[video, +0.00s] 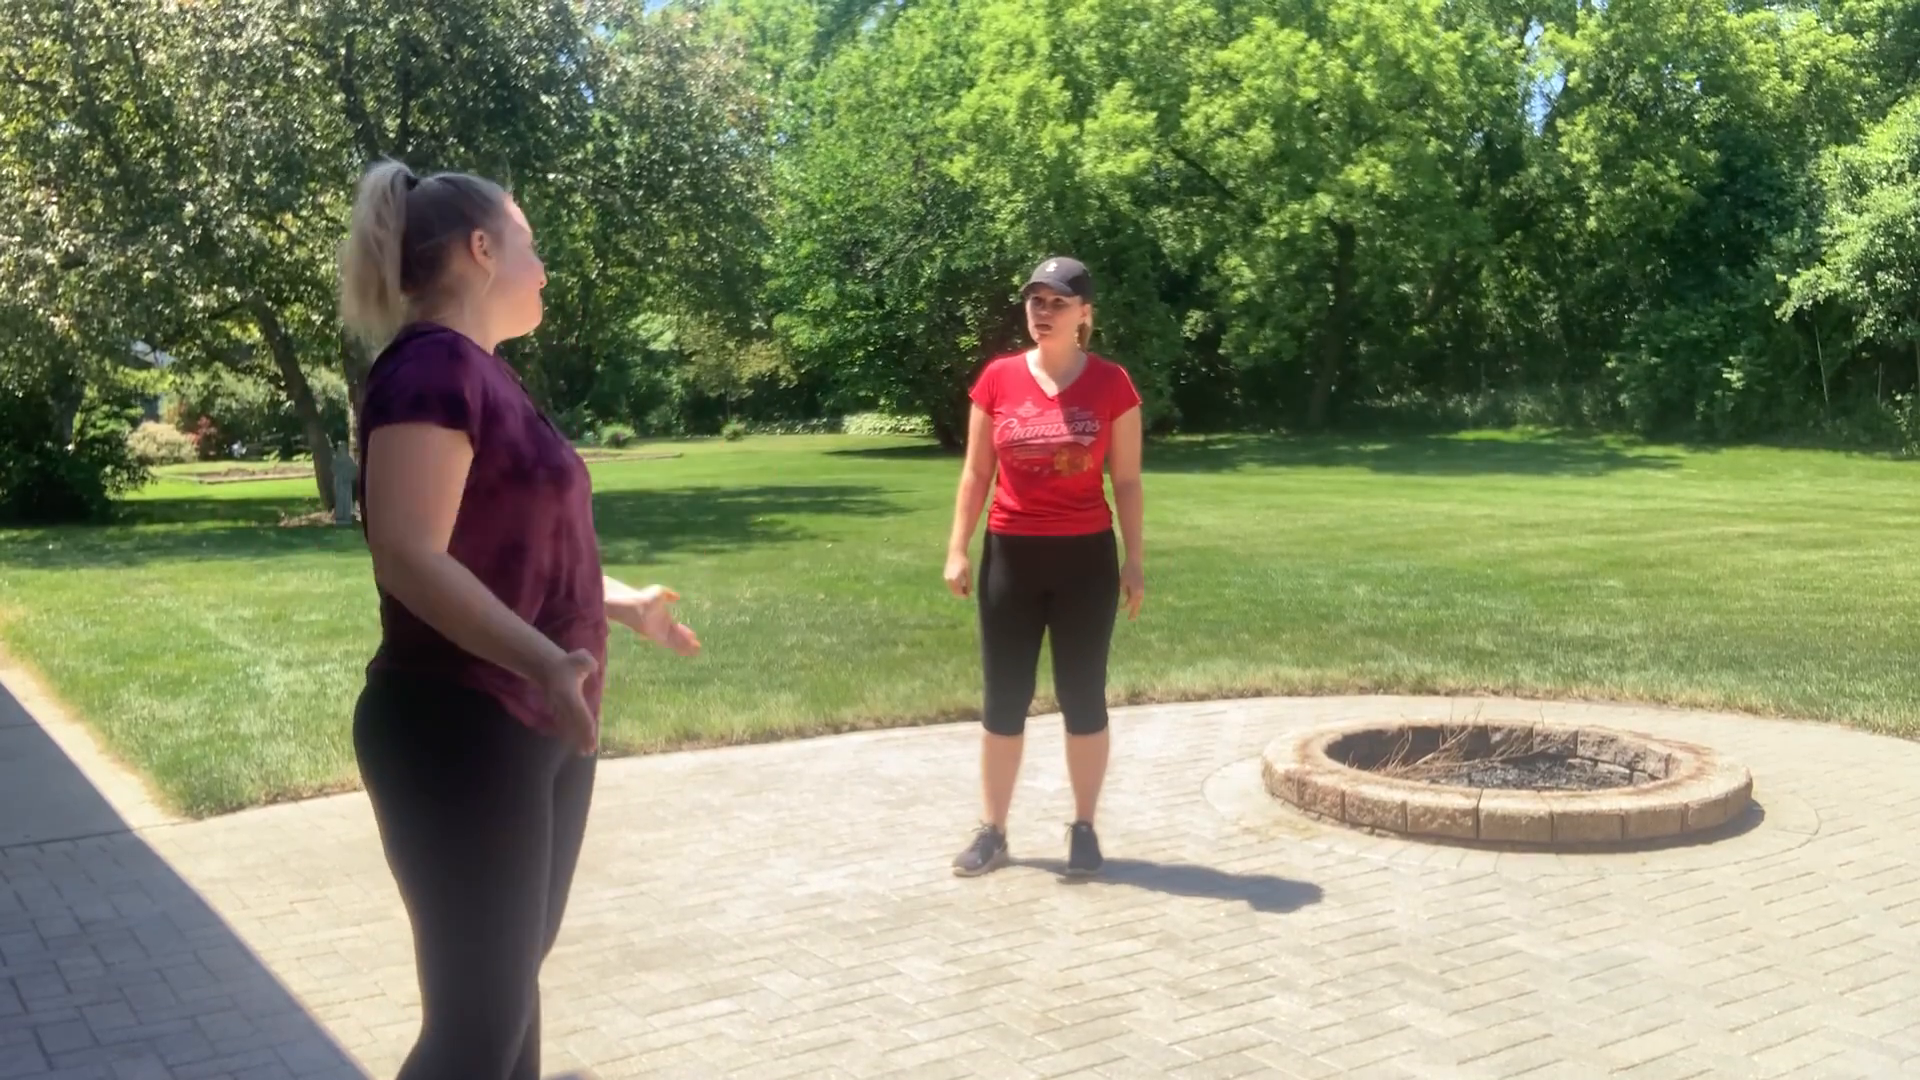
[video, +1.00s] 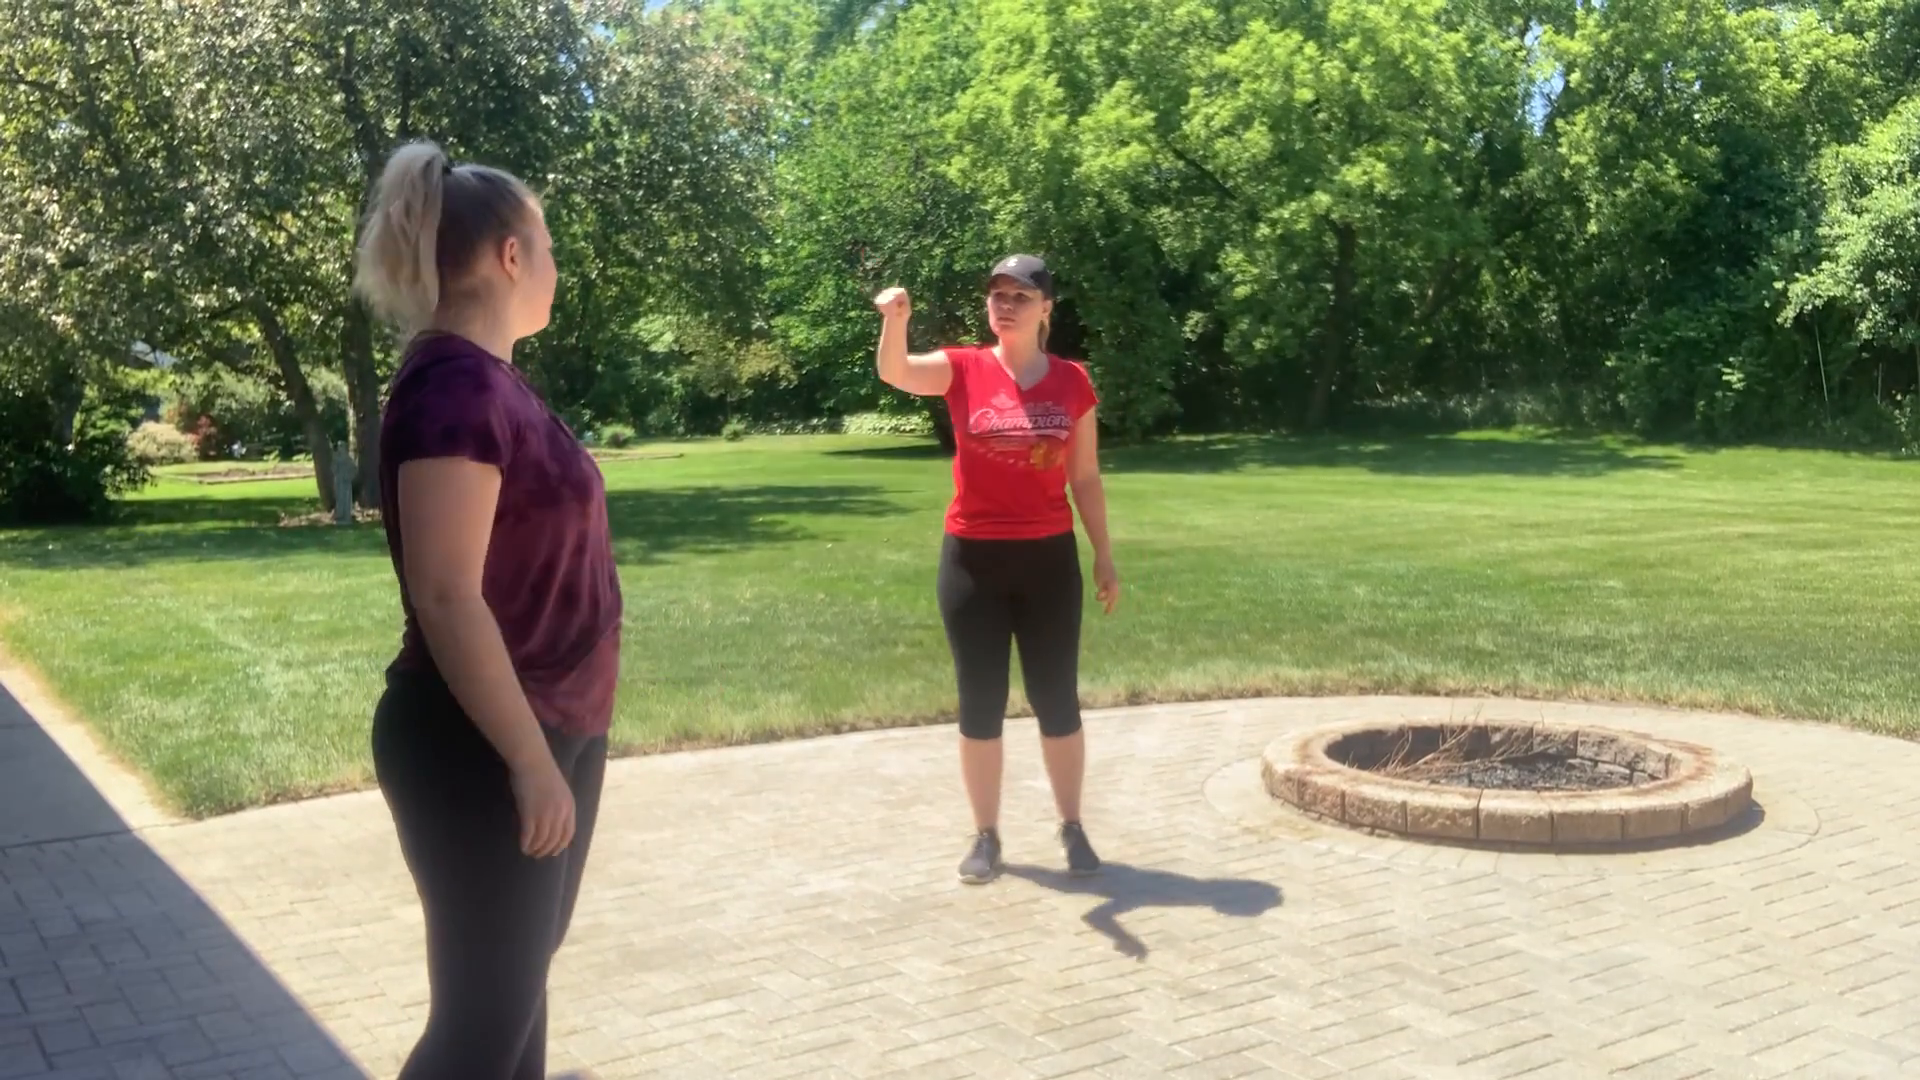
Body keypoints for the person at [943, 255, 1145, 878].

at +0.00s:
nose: (1043, 311)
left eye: (1057, 302)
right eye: (1036, 301)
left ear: (1084, 312)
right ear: (1025, 307)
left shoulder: (1110, 382)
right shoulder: (998, 378)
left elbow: (1127, 478)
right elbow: (976, 471)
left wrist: (1133, 557)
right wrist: (958, 546)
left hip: (1086, 557)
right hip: (1009, 556)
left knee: (1082, 697)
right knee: (1004, 698)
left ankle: (1084, 827)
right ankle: (992, 828)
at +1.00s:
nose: (1003, 307)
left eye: (1017, 298)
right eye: (996, 296)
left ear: (1046, 307)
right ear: (986, 305)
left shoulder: (1071, 382)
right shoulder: (962, 367)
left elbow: (1085, 477)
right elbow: (896, 371)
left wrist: (1103, 555)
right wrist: (895, 320)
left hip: (1050, 558)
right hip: (973, 559)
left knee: (1057, 699)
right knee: (979, 702)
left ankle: (1072, 826)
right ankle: (984, 835)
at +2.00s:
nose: (835, 314)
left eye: (852, 301)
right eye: (823, 301)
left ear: (887, 310)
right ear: (811, 310)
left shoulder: (918, 385)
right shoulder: (787, 388)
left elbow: (1001, 438)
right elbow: (686, 455)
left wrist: (910, 442)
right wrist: (705, 420)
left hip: (911, 609)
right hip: (819, 613)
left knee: (866, 776)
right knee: (854, 772)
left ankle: (845, 972)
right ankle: (903, 867)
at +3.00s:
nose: (732, 292)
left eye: (753, 277)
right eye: (719, 277)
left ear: (797, 289)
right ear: (705, 290)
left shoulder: (845, 375)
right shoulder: (688, 382)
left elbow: (887, 476)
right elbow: (641, 427)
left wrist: (792, 535)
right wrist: (649, 424)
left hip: (846, 639)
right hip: (733, 646)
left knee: (870, 846)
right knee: (715, 867)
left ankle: (907, 1028)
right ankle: (701, 1070)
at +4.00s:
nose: (794, 277)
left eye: (814, 264)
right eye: (783, 263)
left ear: (853, 276)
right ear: (770, 275)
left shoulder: (893, 376)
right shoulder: (738, 375)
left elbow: (925, 512)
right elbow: (706, 502)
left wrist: (932, 624)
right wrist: (682, 601)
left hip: (869, 627)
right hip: (761, 630)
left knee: (887, 825)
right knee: (779, 827)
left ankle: (906, 1010)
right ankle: (784, 1009)